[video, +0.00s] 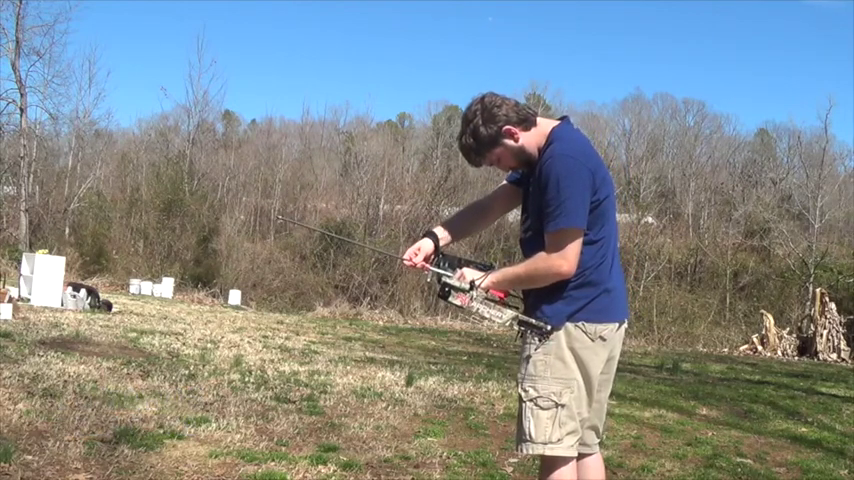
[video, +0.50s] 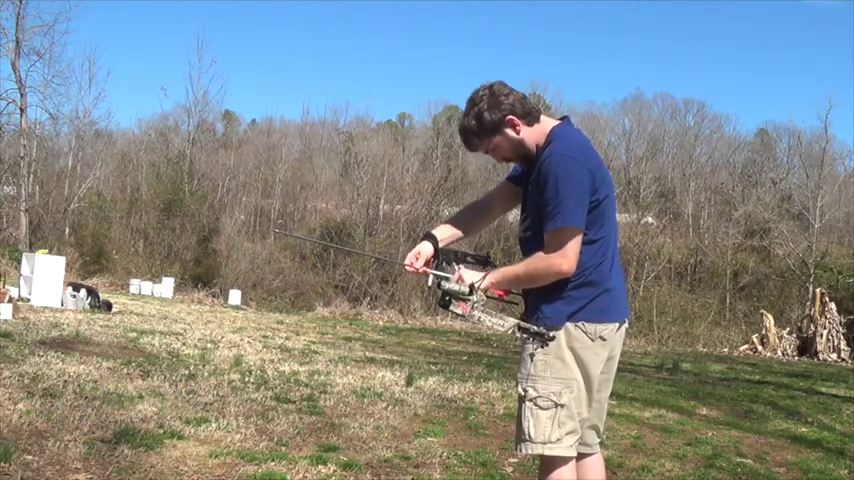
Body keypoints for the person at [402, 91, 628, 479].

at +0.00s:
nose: (499, 167)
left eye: (495, 160)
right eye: (492, 164)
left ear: (511, 133)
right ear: (513, 129)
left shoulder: (563, 159)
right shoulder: (551, 150)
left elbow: (562, 262)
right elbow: (493, 205)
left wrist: (489, 280)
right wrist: (436, 238)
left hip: (571, 319)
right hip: (589, 315)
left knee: (557, 449)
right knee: (584, 445)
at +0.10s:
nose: (499, 168)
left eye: (495, 160)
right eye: (492, 164)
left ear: (511, 133)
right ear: (513, 129)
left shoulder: (563, 159)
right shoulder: (551, 149)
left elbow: (562, 262)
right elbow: (493, 205)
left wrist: (489, 280)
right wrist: (436, 239)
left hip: (571, 319)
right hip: (590, 316)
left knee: (557, 449)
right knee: (584, 445)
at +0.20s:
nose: (499, 168)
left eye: (495, 160)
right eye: (492, 164)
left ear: (511, 133)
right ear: (513, 129)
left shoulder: (563, 159)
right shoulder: (551, 150)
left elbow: (562, 262)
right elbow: (493, 205)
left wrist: (489, 280)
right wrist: (436, 240)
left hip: (571, 319)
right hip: (589, 316)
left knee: (557, 449)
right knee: (584, 445)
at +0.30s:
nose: (499, 166)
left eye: (495, 158)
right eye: (492, 163)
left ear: (511, 132)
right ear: (514, 128)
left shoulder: (563, 159)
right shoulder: (551, 150)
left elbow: (562, 262)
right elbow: (492, 207)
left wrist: (488, 279)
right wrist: (437, 241)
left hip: (570, 319)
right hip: (589, 316)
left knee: (557, 449)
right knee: (584, 445)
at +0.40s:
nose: (496, 163)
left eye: (493, 153)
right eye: (489, 158)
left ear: (512, 128)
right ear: (514, 124)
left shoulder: (563, 159)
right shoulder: (549, 149)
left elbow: (562, 262)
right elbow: (493, 207)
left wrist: (489, 279)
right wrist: (436, 241)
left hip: (570, 319)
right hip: (588, 316)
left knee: (557, 449)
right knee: (585, 445)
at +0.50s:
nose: (496, 158)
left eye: (493, 148)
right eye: (489, 153)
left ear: (513, 123)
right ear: (516, 121)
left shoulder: (562, 157)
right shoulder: (549, 149)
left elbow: (562, 261)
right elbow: (492, 205)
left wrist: (488, 279)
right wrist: (433, 239)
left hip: (569, 319)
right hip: (590, 317)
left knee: (557, 450)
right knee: (585, 446)